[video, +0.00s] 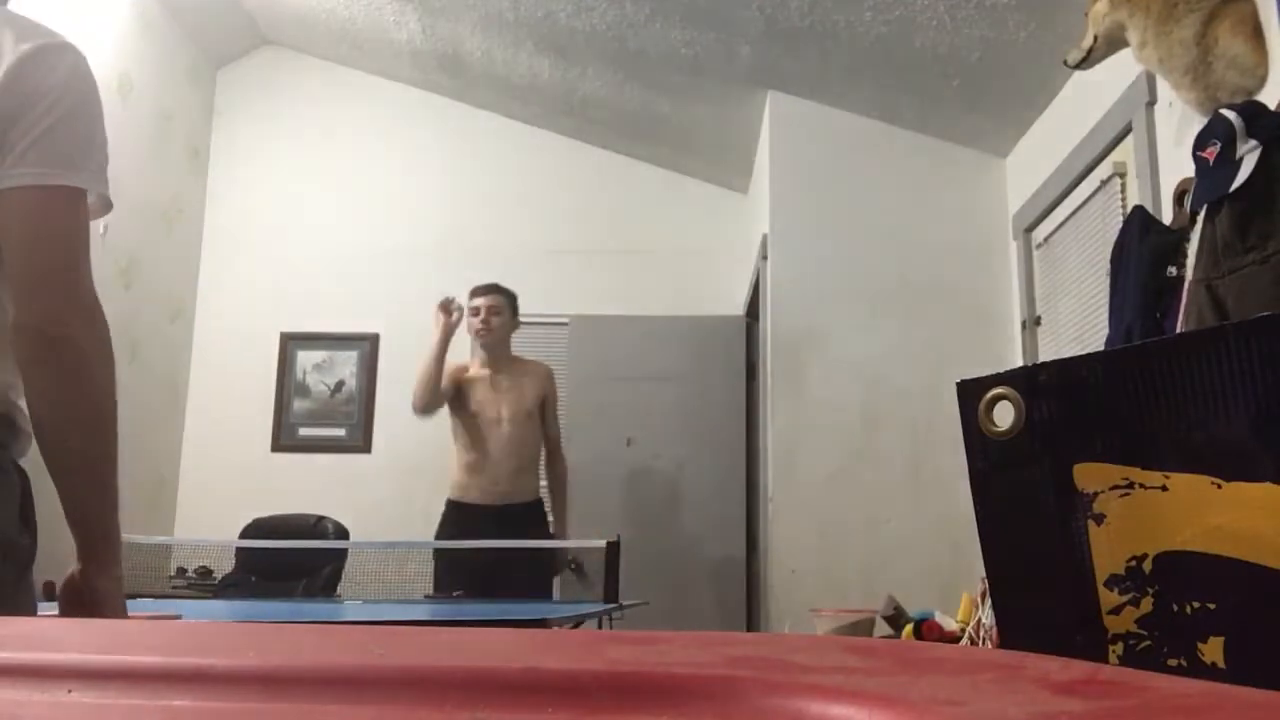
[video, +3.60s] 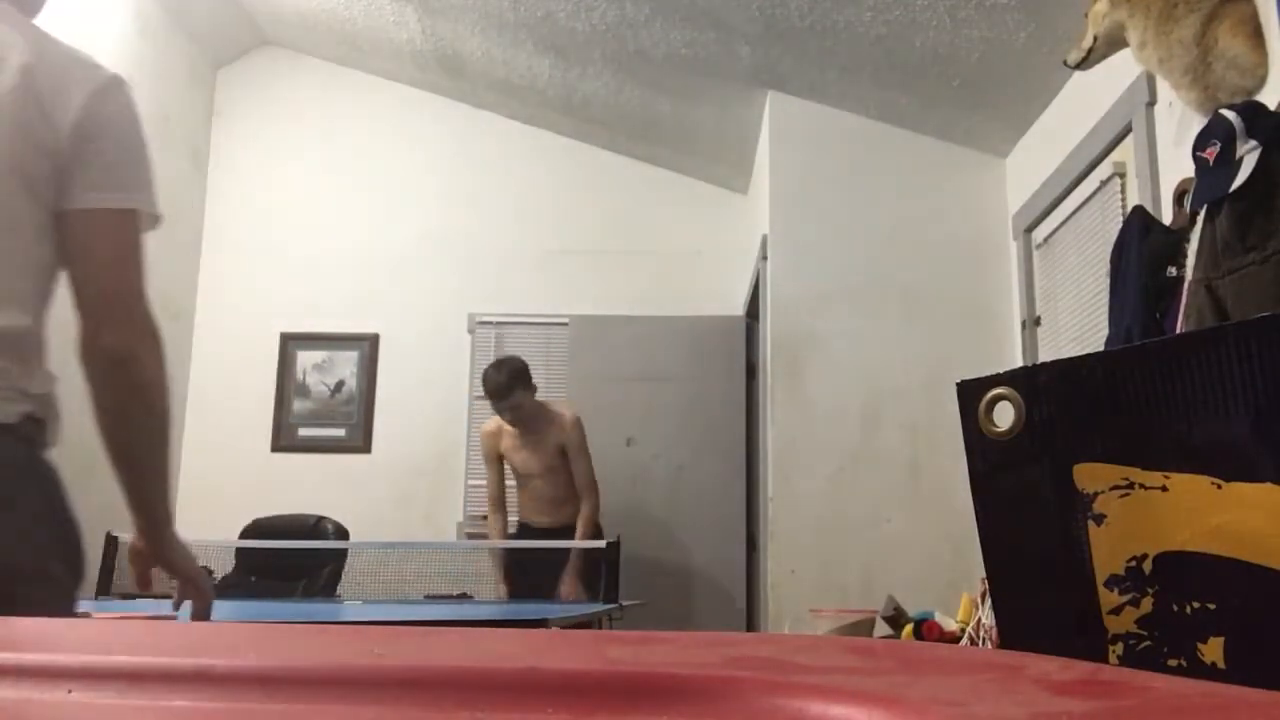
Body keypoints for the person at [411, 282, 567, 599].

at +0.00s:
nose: (483, 319)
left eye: (494, 311)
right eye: (475, 312)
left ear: (514, 323)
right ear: (467, 323)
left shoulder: (538, 375)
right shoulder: (457, 375)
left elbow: (554, 454)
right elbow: (422, 404)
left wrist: (560, 534)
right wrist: (443, 334)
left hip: (524, 521)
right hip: (465, 521)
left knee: (526, 636)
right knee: (455, 634)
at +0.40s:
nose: (493, 328)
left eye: (504, 321)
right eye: (487, 322)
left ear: (526, 330)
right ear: (480, 330)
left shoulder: (547, 384)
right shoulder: (470, 380)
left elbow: (563, 462)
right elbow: (435, 392)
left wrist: (570, 536)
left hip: (527, 525)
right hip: (469, 523)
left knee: (531, 635)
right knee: (458, 633)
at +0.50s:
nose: (503, 332)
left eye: (515, 324)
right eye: (498, 325)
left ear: (536, 333)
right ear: (492, 333)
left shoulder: (558, 388)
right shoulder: (480, 387)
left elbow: (571, 466)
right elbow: (444, 434)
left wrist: (575, 535)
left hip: (536, 528)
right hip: (479, 525)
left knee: (535, 636)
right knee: (466, 632)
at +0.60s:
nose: (514, 336)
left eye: (525, 328)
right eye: (508, 329)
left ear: (547, 336)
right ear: (504, 337)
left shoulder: (571, 393)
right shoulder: (490, 393)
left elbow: (581, 469)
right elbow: (461, 464)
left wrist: (583, 539)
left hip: (547, 530)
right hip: (491, 527)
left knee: (544, 639)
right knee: (476, 633)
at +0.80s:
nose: (526, 341)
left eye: (537, 332)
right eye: (521, 334)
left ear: (560, 339)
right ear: (517, 342)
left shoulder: (585, 395)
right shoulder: (503, 398)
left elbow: (601, 469)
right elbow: (491, 475)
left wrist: (606, 538)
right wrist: (485, 539)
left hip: (564, 528)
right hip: (509, 527)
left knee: (564, 634)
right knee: (500, 633)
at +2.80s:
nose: (513, 365)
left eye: (523, 357)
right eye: (506, 357)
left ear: (540, 362)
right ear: (498, 363)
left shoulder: (559, 408)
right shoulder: (483, 410)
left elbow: (574, 480)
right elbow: (468, 478)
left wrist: (565, 547)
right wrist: (461, 537)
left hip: (537, 532)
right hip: (486, 529)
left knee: (536, 629)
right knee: (484, 628)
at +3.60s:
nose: (510, 417)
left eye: (515, 407)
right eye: (502, 411)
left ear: (532, 390)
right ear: (492, 406)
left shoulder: (566, 425)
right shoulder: (494, 434)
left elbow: (589, 500)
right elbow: (496, 509)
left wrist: (573, 571)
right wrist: (499, 575)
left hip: (574, 536)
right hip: (529, 537)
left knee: (573, 631)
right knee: (523, 631)